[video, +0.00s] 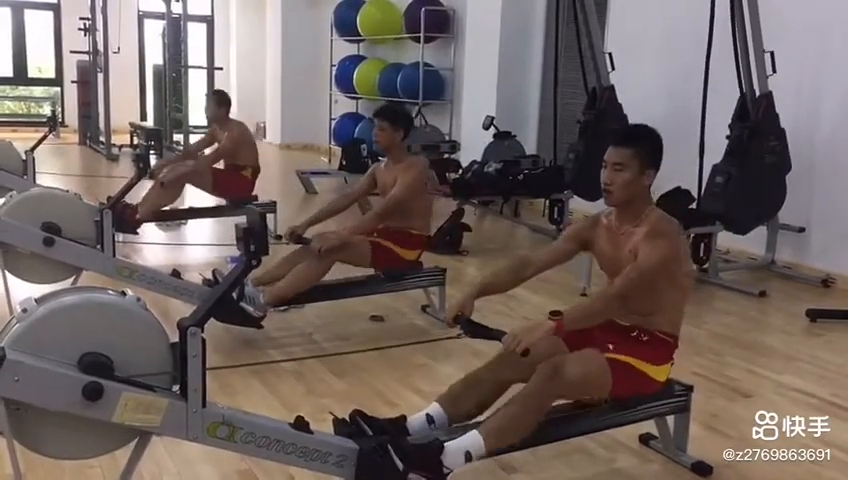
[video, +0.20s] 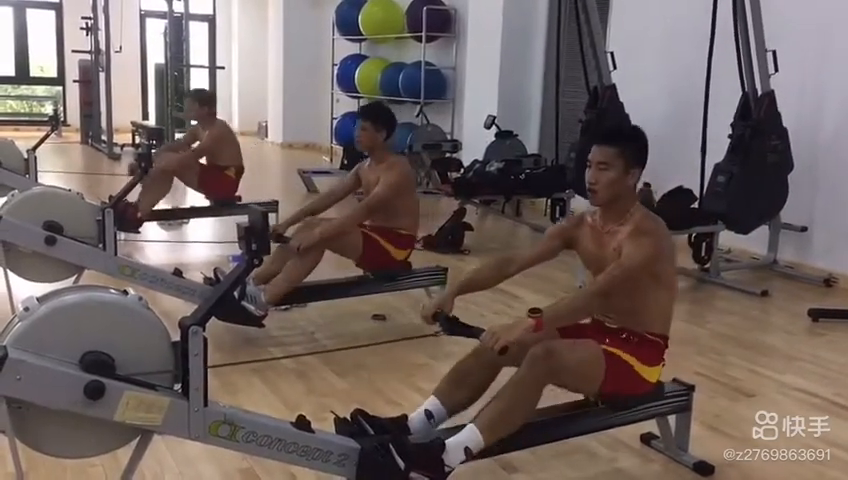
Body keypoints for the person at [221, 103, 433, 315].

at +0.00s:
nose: (375, 135)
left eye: (382, 130)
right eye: (375, 129)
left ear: (401, 134)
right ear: (382, 133)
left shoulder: (416, 168)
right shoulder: (380, 169)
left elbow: (383, 213)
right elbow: (345, 199)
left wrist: (341, 236)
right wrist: (304, 225)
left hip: (405, 247)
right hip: (380, 238)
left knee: (330, 251)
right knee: (316, 243)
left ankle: (263, 301)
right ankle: (246, 284)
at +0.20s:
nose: (357, 134)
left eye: (365, 129)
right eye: (358, 128)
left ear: (383, 134)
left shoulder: (398, 171)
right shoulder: (365, 167)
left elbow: (363, 211)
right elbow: (329, 197)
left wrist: (317, 235)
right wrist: (287, 223)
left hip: (393, 247)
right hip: (371, 237)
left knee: (321, 237)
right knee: (309, 225)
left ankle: (265, 299)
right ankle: (251, 283)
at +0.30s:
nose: (346, 135)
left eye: (352, 130)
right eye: (347, 129)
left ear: (370, 134)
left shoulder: (388, 171)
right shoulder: (356, 168)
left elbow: (352, 212)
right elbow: (319, 196)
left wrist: (299, 236)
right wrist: (278, 222)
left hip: (386, 246)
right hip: (366, 237)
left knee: (308, 221)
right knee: (305, 223)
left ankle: (257, 280)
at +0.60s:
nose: (305, 135)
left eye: (312, 130)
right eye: (307, 129)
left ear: (331, 135)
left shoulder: (349, 173)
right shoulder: (320, 170)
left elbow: (309, 209)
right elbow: (282, 196)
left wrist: (257, 234)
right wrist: (237, 224)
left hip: (358, 248)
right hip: (341, 240)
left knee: (295, 217)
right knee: (278, 207)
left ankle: (267, 296)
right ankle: (252, 281)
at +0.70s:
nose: (288, 136)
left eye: (295, 130)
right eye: (290, 129)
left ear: (316, 136)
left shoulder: (331, 175)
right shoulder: (303, 170)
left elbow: (281, 216)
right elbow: (263, 198)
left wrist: (229, 239)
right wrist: (216, 225)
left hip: (345, 249)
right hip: (330, 241)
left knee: (286, 216)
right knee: (270, 200)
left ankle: (266, 296)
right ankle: (253, 282)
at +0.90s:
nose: (257, 136)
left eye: (263, 131)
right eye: (258, 130)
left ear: (285, 138)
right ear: (280, 138)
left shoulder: (298, 174)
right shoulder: (271, 170)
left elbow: (251, 207)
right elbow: (230, 197)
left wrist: (197, 233)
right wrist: (179, 221)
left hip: (319, 253)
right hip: (301, 248)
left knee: (270, 211)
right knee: (245, 201)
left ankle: (267, 291)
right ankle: (254, 279)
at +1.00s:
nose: (246, 137)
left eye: (253, 132)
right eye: (248, 131)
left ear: (274, 139)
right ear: (268, 139)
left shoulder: (287, 174)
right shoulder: (259, 171)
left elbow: (238, 207)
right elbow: (218, 195)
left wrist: (182, 227)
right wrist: (162, 218)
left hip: (311, 255)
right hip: (292, 250)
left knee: (260, 207)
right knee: (236, 199)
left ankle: (268, 291)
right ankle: (256, 278)